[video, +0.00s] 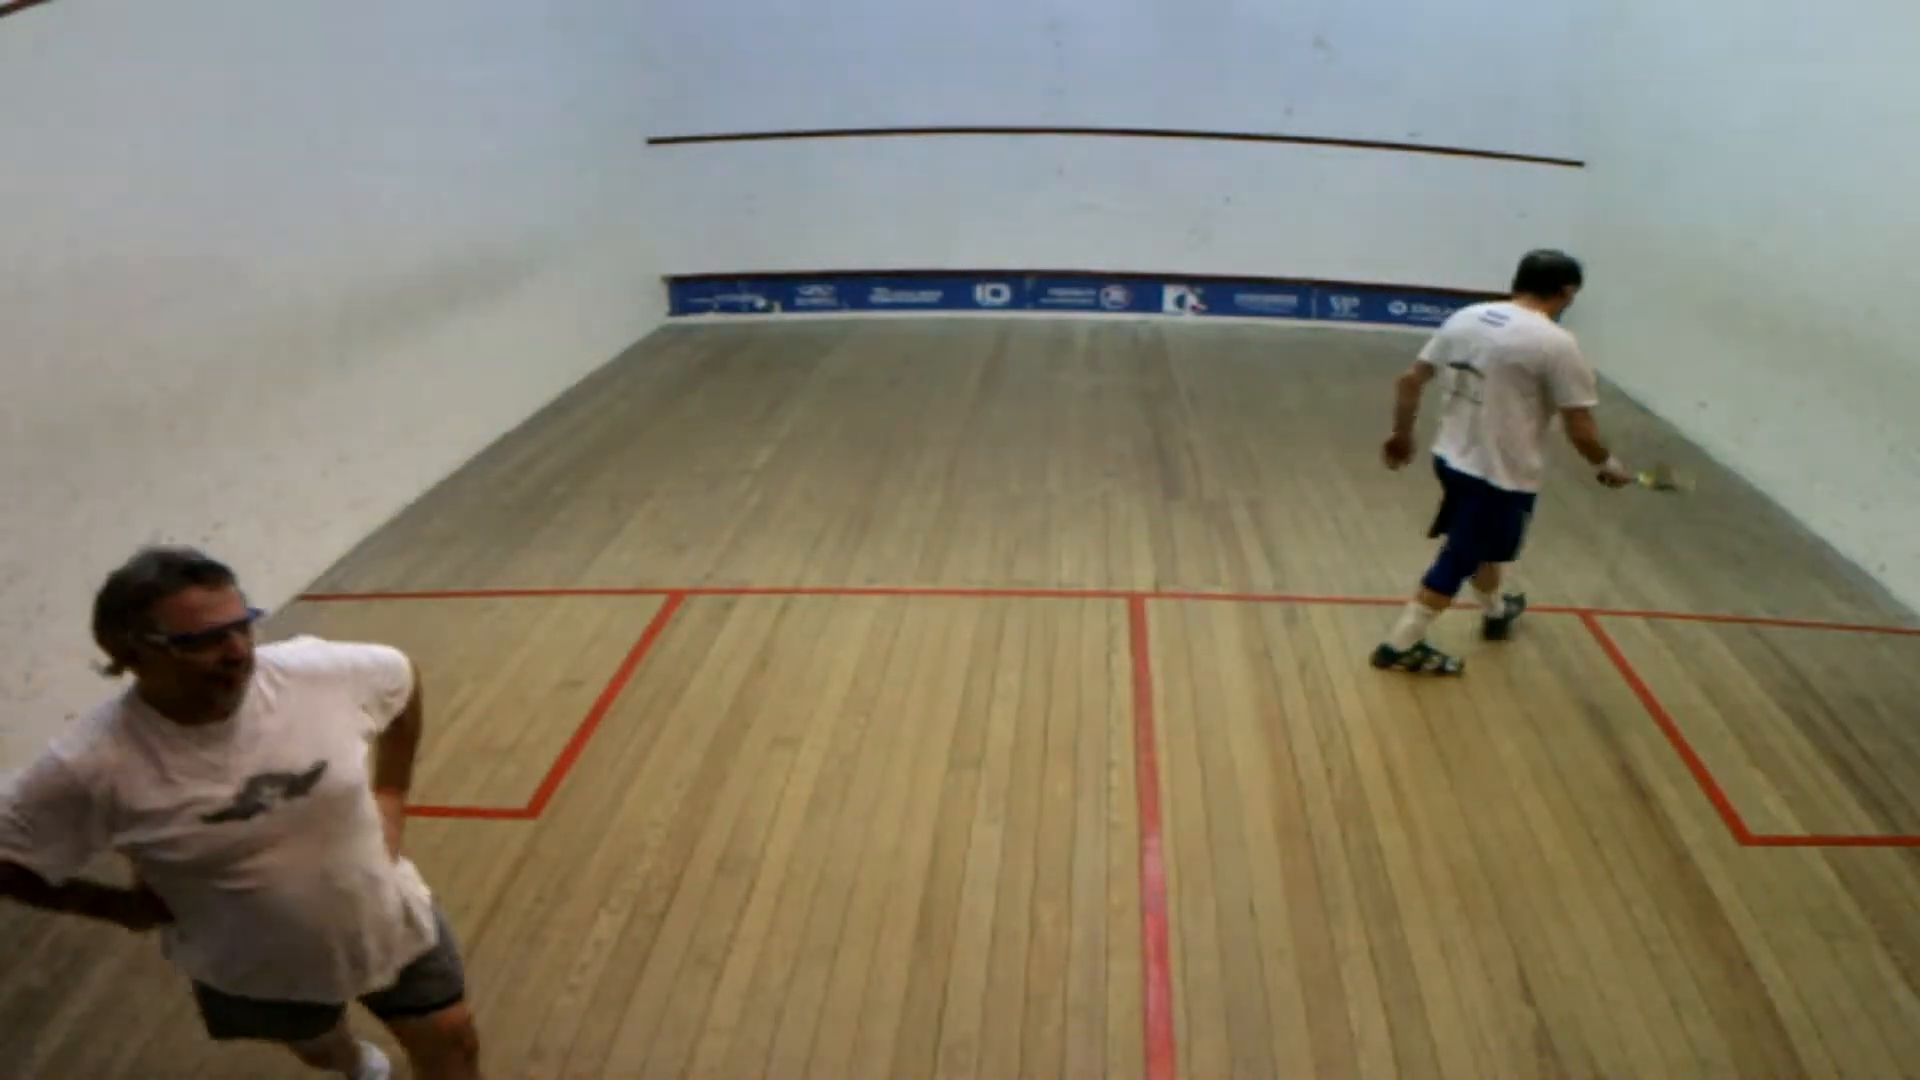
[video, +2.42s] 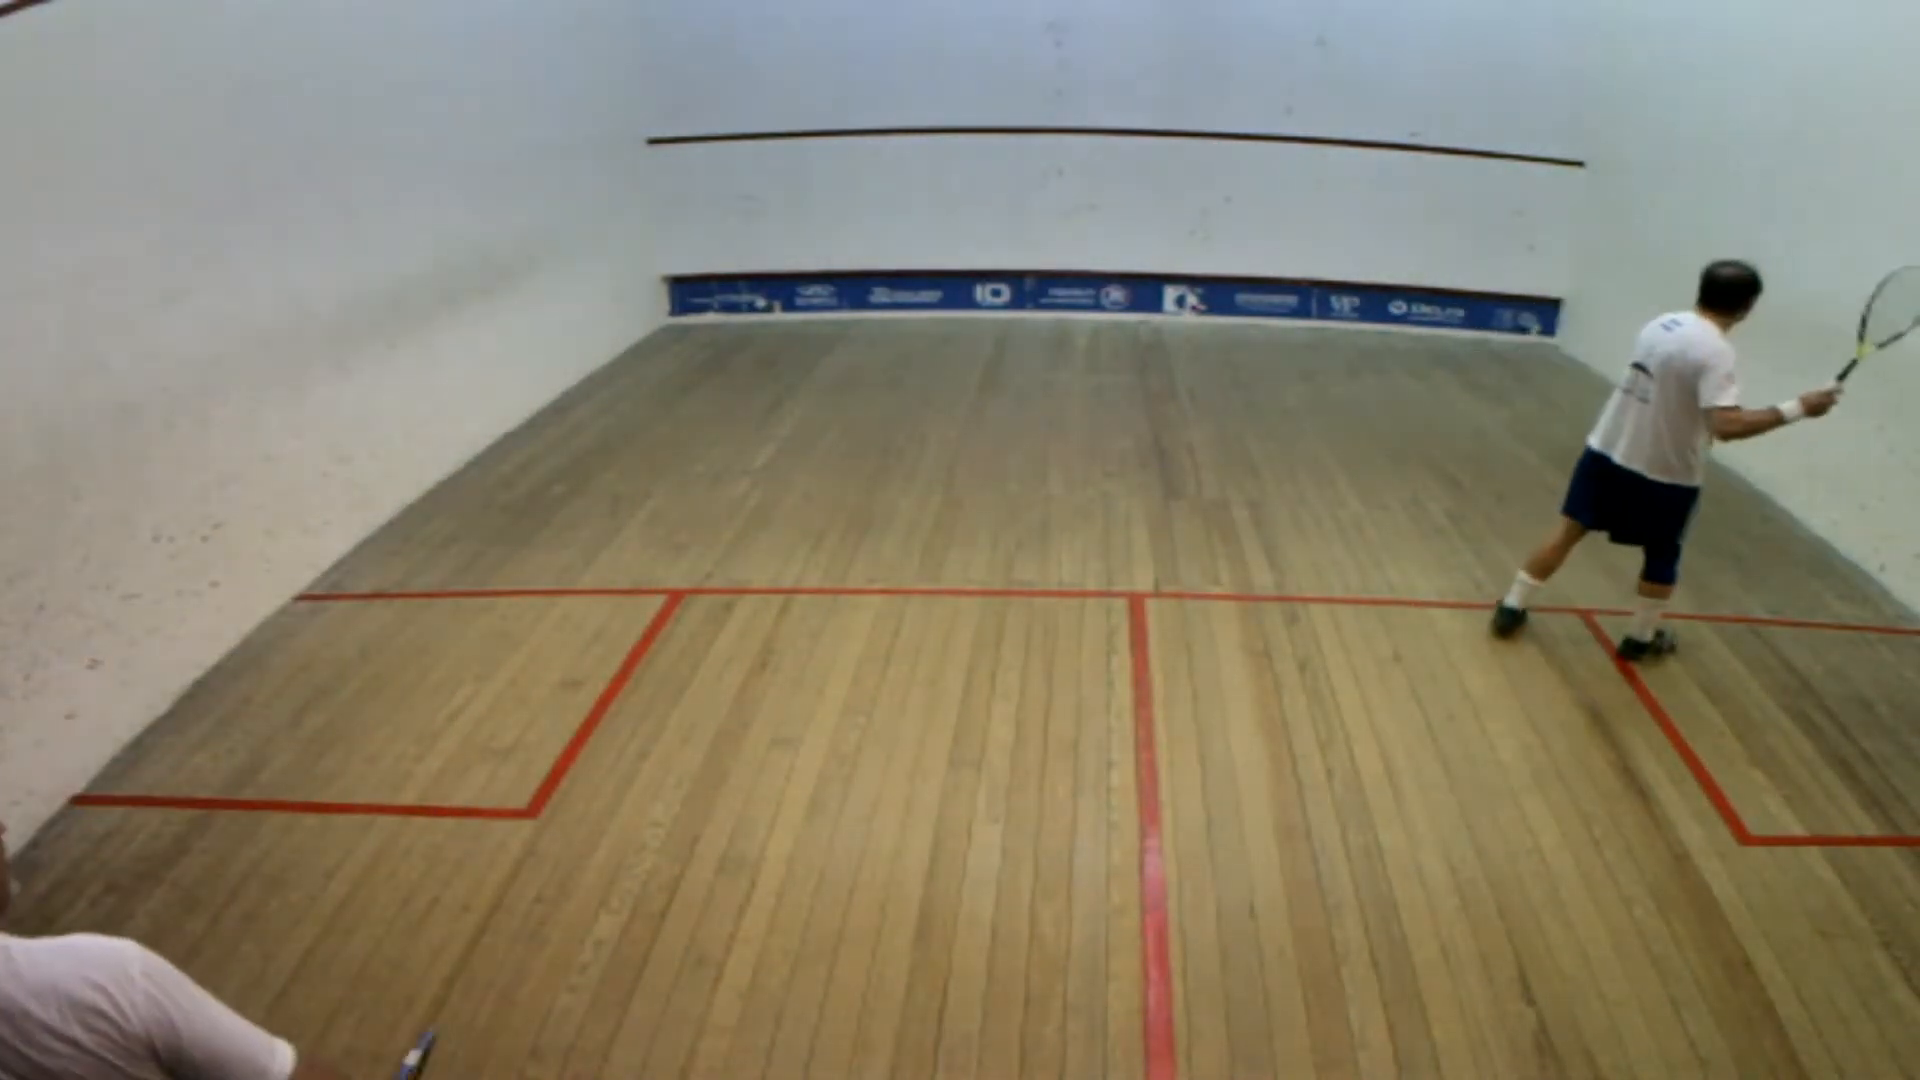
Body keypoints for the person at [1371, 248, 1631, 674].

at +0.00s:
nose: (1571, 303)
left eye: (1572, 295)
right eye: (1571, 295)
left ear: (1519, 283)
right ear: (1561, 293)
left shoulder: (1469, 318)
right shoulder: (1555, 344)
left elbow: (1411, 379)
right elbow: (1580, 430)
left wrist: (1402, 435)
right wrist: (1605, 464)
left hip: (1451, 459)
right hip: (1503, 479)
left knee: (1485, 542)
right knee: (1457, 558)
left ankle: (1494, 611)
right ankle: (1403, 642)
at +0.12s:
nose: (1581, 300)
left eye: (1583, 294)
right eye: (1582, 293)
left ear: (1530, 282)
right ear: (1573, 291)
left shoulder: (1482, 320)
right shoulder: (1570, 339)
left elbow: (1434, 384)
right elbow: (1594, 424)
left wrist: (1436, 440)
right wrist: (1621, 441)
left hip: (1473, 458)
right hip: (1527, 472)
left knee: (1496, 542)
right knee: (1500, 560)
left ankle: (1501, 610)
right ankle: (1416, 633)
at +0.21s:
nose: (1586, 299)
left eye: (1588, 292)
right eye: (1588, 292)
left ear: (1539, 281)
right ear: (1581, 288)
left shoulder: (1495, 316)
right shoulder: (1583, 333)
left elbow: (1451, 383)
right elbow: (1601, 415)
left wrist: (1460, 438)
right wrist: (1625, 436)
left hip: (1482, 453)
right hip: (1543, 466)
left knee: (1497, 532)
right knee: (1550, 553)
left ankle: (1501, 611)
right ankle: (1455, 618)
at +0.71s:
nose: (1632, 296)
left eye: (1632, 291)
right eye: (1634, 290)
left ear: (1586, 279)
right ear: (1629, 288)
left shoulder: (1540, 311)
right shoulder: (1631, 333)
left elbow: (1492, 374)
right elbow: (1654, 415)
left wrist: (1477, 428)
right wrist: (1664, 445)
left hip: (1517, 445)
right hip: (1579, 458)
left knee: (1514, 527)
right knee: (1588, 542)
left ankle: (1501, 613)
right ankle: (1543, 632)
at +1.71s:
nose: (1641, 297)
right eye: (1645, 291)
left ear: (1598, 278)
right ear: (1642, 289)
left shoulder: (1550, 310)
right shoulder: (1643, 335)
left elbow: (1498, 366)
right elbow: (1648, 415)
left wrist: (1549, 385)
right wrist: (1665, 460)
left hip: (1529, 447)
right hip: (1593, 459)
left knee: (1517, 527)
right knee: (1612, 536)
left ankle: (1500, 614)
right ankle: (1562, 621)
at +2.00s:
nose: (1676, 297)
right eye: (1676, 291)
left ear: (1625, 282)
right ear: (1670, 294)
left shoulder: (1579, 319)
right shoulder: (1659, 338)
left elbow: (1559, 381)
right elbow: (1658, 410)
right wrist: (1717, 425)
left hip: (1552, 453)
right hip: (1618, 467)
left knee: (1527, 532)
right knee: (1629, 552)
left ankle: (1500, 615)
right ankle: (1639, 634)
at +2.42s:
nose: (1751, 312)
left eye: (1749, 303)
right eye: (1752, 305)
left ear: (1703, 292)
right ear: (1743, 308)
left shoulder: (1662, 324)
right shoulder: (1715, 353)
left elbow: (1646, 389)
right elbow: (1725, 425)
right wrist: (1797, 409)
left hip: (1608, 450)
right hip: (1666, 475)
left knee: (1567, 531)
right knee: (1661, 558)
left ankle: (1510, 607)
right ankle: (1640, 636)